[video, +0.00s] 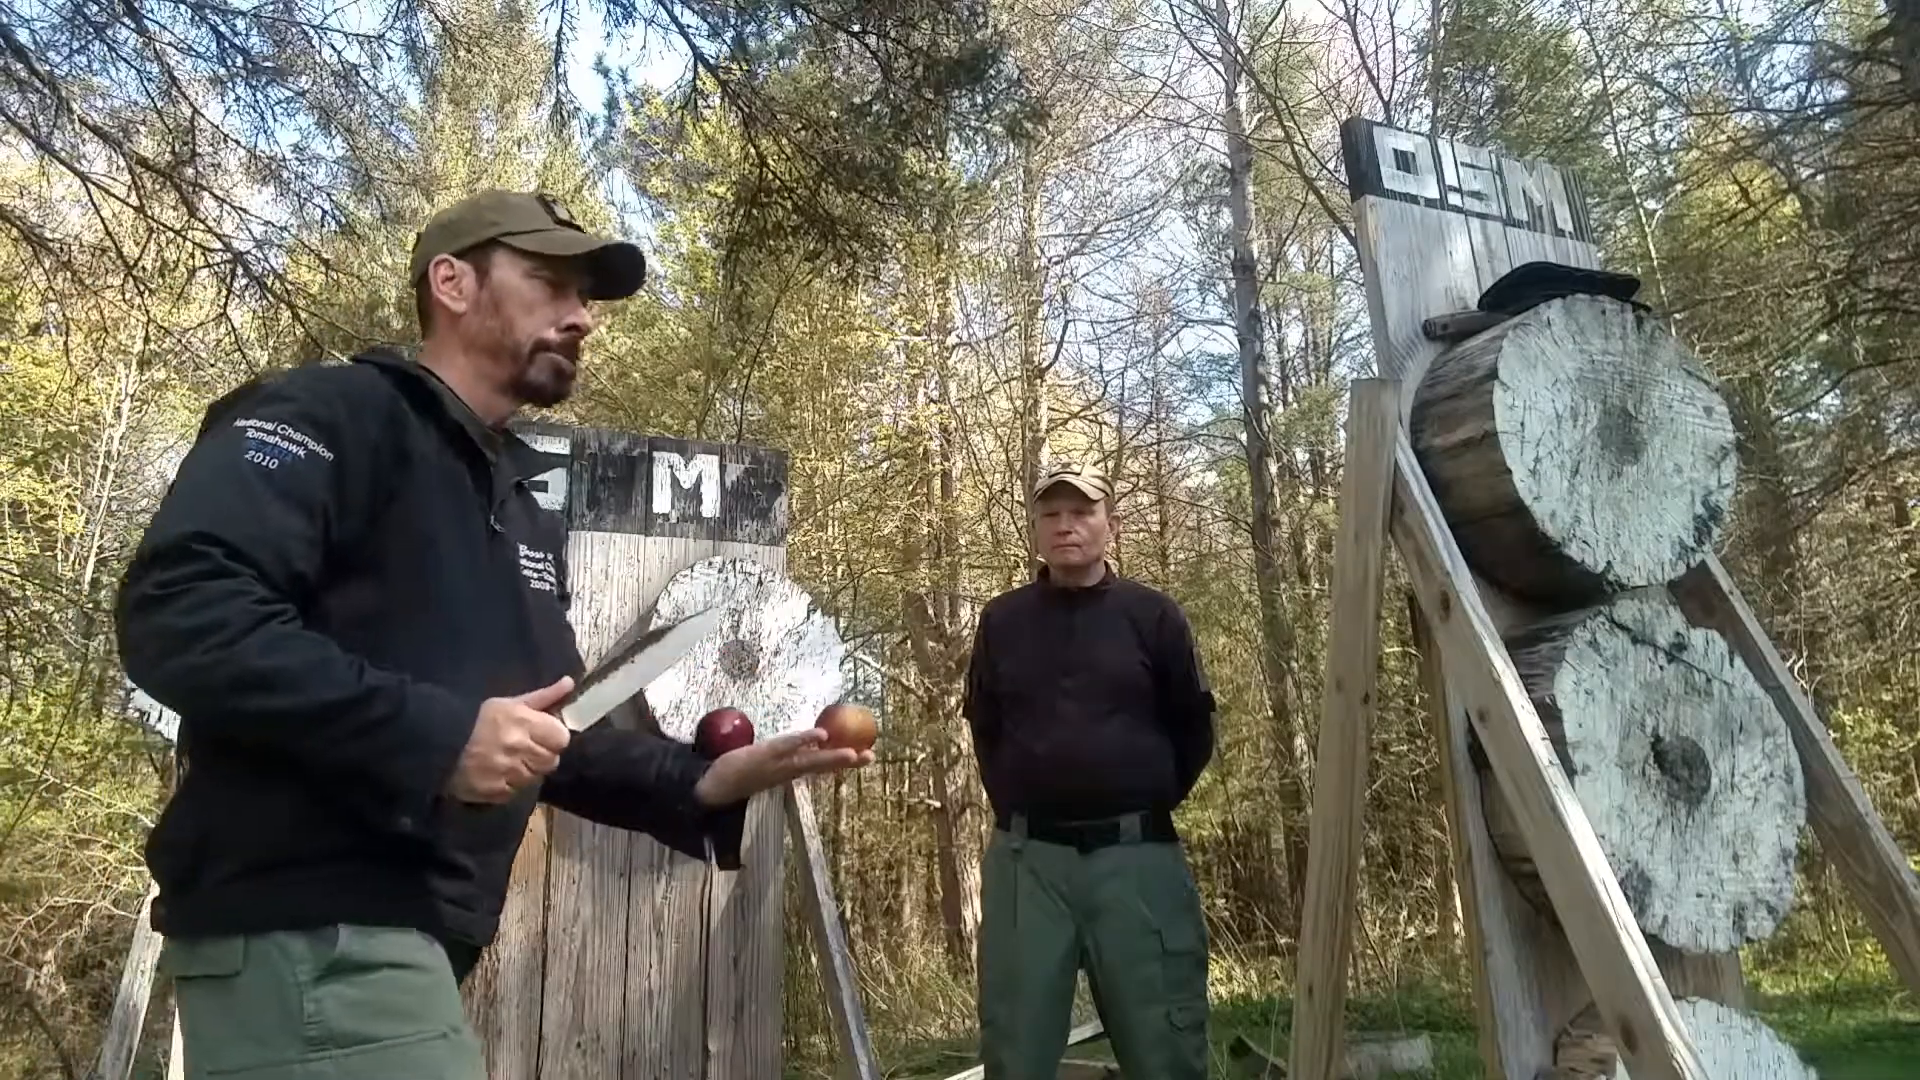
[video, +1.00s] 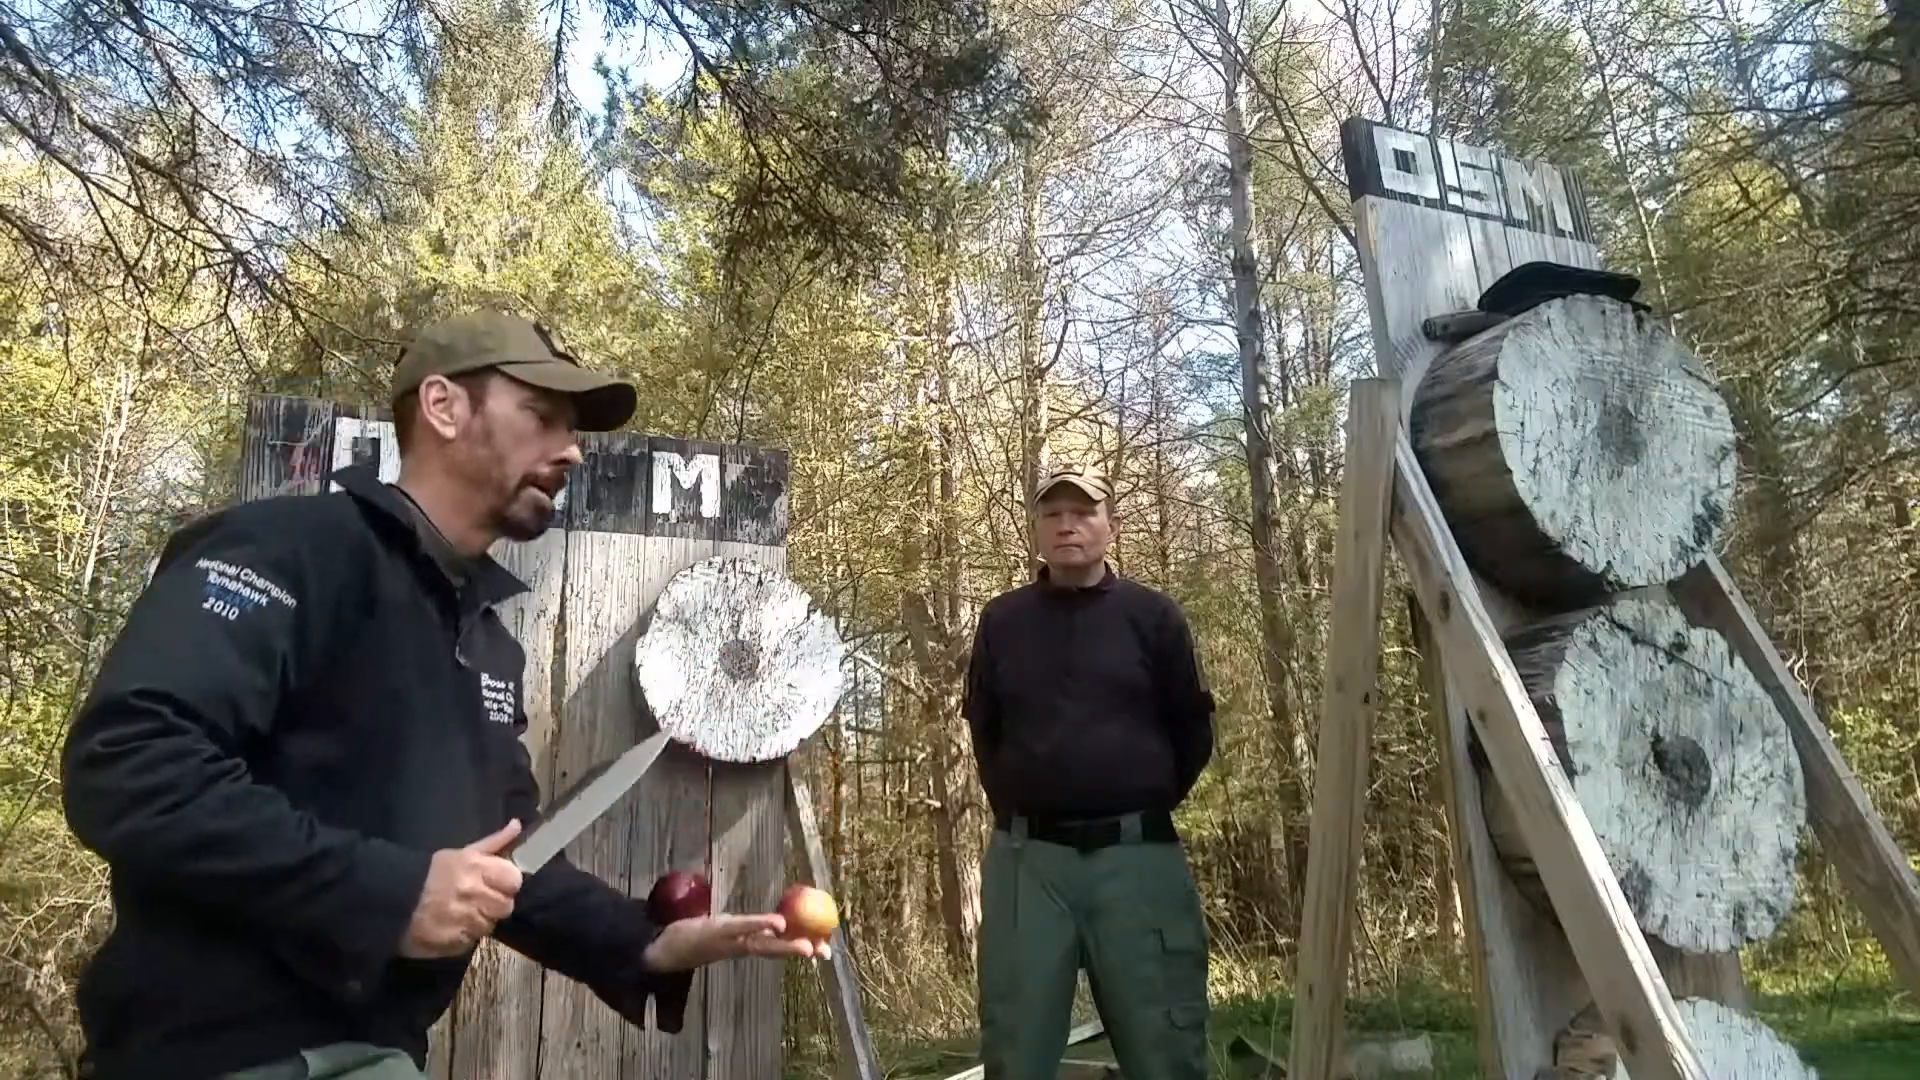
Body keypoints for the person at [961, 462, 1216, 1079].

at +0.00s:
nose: (1066, 525)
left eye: (1081, 512)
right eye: (1051, 515)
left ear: (1110, 526)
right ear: (1034, 533)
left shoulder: (1153, 614)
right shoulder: (1000, 619)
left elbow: (1195, 729)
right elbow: (984, 729)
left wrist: (1142, 811)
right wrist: (1026, 816)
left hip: (1138, 859)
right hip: (1025, 861)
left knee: (1164, 1057)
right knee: (1016, 1058)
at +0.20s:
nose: (1067, 525)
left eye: (1082, 513)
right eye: (1052, 515)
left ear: (1109, 527)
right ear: (1034, 533)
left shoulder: (1154, 614)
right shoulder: (1000, 619)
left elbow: (1194, 731)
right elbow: (984, 730)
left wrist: (1140, 812)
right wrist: (1026, 816)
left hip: (1138, 861)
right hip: (1025, 861)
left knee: (1164, 1057)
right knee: (1016, 1058)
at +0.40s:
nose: (1067, 525)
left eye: (1081, 513)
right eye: (1052, 515)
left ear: (1109, 527)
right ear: (1034, 534)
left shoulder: (1154, 614)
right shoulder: (1000, 619)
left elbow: (1194, 731)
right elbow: (984, 731)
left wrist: (1139, 812)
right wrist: (1026, 817)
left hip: (1138, 860)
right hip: (1025, 861)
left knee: (1164, 1057)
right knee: (1016, 1057)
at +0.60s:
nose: (1067, 526)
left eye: (1082, 513)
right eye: (1053, 515)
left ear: (1110, 528)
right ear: (1034, 533)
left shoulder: (1154, 614)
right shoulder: (1000, 619)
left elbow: (1194, 729)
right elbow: (983, 731)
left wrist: (1142, 813)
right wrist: (1025, 818)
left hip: (1138, 860)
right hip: (1025, 862)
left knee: (1164, 1058)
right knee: (1016, 1058)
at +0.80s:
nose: (1068, 525)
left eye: (1082, 513)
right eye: (1053, 515)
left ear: (1109, 528)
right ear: (1035, 533)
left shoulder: (1154, 614)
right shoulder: (1000, 619)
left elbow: (1194, 728)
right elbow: (984, 731)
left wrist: (1143, 813)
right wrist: (1025, 819)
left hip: (1138, 860)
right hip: (1025, 861)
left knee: (1164, 1057)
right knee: (1016, 1058)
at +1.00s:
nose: (1068, 525)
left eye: (1082, 513)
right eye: (1053, 515)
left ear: (1110, 528)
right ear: (1034, 533)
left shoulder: (1154, 614)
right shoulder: (1000, 620)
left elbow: (1194, 730)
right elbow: (984, 733)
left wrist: (1141, 813)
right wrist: (1026, 819)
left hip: (1139, 860)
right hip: (1025, 861)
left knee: (1164, 1057)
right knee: (1016, 1058)